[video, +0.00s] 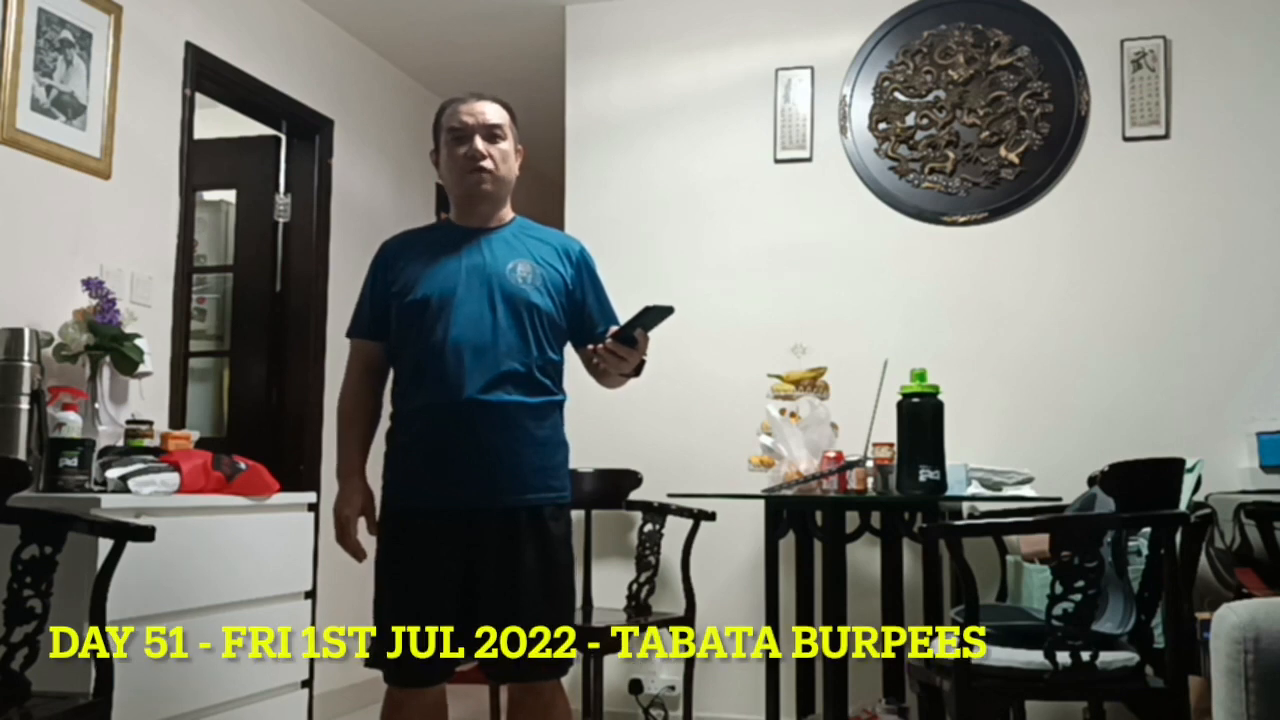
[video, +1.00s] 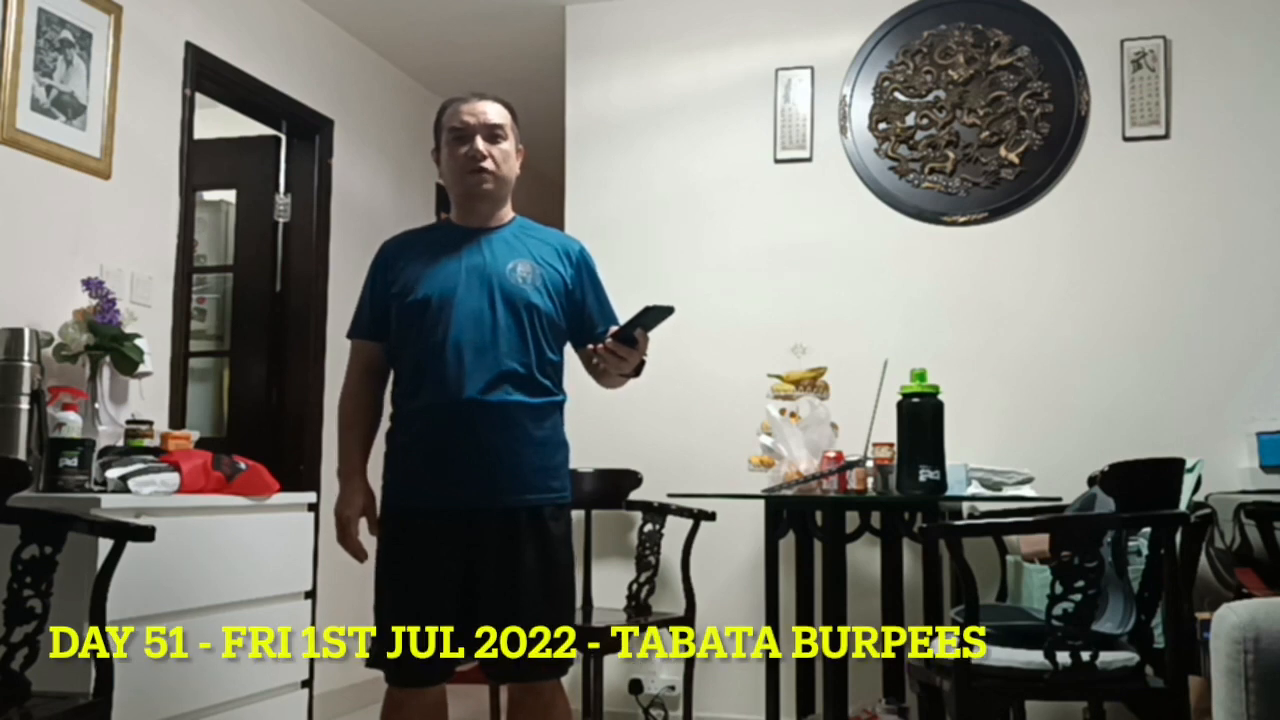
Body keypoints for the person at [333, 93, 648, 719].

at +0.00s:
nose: (477, 146)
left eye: (492, 135)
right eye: (459, 137)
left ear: (519, 158)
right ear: (437, 162)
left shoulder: (563, 253)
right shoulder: (399, 255)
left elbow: (604, 361)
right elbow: (364, 374)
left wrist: (622, 363)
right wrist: (351, 475)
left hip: (529, 496)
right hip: (421, 496)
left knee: (536, 680)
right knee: (412, 681)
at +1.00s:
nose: (478, 146)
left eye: (494, 135)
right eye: (460, 137)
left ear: (519, 159)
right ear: (438, 162)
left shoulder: (563, 253)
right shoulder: (400, 256)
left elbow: (603, 363)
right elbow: (365, 375)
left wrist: (622, 362)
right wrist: (352, 476)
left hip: (528, 496)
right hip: (422, 496)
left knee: (536, 680)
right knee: (412, 681)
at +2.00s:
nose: (477, 146)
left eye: (493, 134)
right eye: (460, 137)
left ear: (519, 159)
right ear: (438, 161)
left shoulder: (563, 253)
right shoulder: (400, 256)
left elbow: (603, 363)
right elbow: (365, 376)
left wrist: (622, 362)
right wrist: (352, 477)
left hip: (528, 497)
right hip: (421, 497)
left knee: (536, 680)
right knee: (413, 681)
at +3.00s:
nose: (472, 147)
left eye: (488, 136)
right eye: (455, 137)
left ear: (513, 160)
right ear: (432, 159)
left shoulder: (557, 255)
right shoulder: (392, 258)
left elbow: (600, 364)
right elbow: (358, 380)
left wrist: (617, 363)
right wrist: (346, 483)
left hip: (523, 501)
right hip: (415, 500)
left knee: (533, 683)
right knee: (407, 685)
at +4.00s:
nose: (764, 293)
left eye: (789, 270)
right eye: (743, 258)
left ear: (801, 265)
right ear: (691, 229)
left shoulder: (782, 387)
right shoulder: (589, 269)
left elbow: (827, 524)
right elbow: (499, 358)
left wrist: (834, 619)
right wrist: (486, 488)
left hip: (669, 544)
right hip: (546, 522)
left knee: (681, 708)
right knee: (482, 701)